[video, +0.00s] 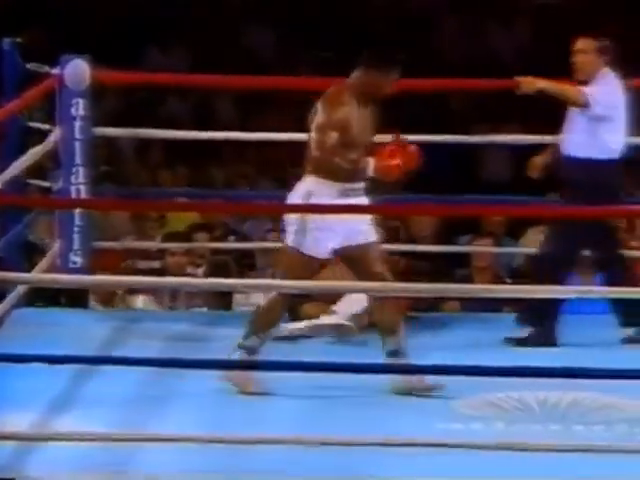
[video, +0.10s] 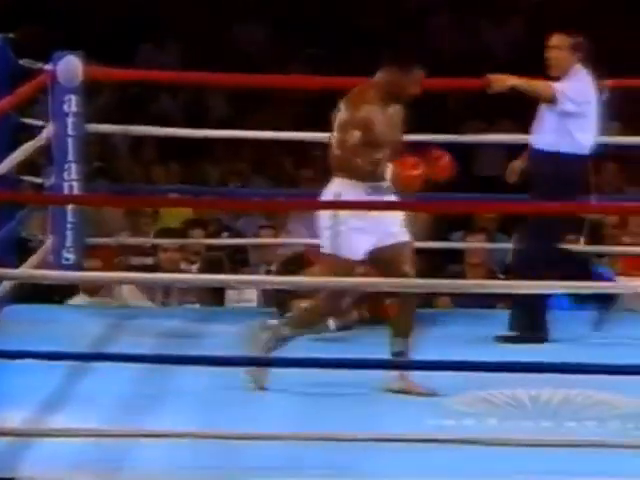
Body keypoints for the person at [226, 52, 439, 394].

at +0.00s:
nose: (387, 90)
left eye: (391, 83)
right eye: (385, 81)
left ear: (381, 79)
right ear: (367, 74)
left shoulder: (366, 107)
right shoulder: (333, 105)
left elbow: (353, 150)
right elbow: (320, 157)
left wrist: (386, 157)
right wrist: (372, 167)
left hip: (351, 204)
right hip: (316, 203)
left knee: (381, 286)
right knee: (289, 289)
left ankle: (400, 370)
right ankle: (242, 362)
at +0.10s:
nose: (417, 89)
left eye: (418, 82)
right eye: (414, 81)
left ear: (401, 81)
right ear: (395, 76)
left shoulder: (395, 111)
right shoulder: (357, 106)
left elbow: (388, 160)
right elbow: (340, 157)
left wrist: (421, 168)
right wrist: (388, 168)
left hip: (381, 201)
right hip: (345, 199)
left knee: (406, 279)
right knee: (338, 291)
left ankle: (400, 371)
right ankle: (269, 343)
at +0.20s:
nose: (429, 80)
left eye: (430, 73)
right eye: (426, 72)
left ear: (417, 73)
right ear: (404, 66)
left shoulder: (411, 102)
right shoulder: (365, 97)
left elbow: (407, 144)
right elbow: (349, 148)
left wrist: (437, 153)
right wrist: (389, 168)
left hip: (398, 194)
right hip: (362, 192)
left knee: (412, 280)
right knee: (376, 292)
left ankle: (396, 370)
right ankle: (311, 325)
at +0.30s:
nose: (444, 69)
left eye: (446, 62)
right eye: (439, 61)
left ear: (439, 62)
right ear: (416, 56)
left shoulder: (434, 90)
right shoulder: (380, 89)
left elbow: (432, 136)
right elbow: (360, 141)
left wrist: (457, 141)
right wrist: (387, 175)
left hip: (418, 181)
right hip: (382, 182)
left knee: (410, 279)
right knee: (407, 276)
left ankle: (392, 366)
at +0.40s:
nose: (453, 68)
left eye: (455, 61)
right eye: (447, 60)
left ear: (452, 59)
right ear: (425, 56)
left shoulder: (447, 93)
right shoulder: (391, 92)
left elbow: (451, 136)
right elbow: (369, 138)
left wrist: (471, 139)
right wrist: (388, 182)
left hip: (431, 182)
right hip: (394, 183)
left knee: (410, 272)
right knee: (431, 272)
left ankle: (385, 363)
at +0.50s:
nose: (457, 84)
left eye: (460, 77)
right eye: (452, 77)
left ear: (461, 78)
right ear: (434, 75)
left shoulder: (462, 106)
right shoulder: (403, 106)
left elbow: (478, 142)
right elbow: (377, 152)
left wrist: (494, 153)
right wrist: (389, 200)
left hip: (453, 195)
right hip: (414, 200)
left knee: (442, 282)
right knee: (458, 281)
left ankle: (395, 354)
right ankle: (491, 377)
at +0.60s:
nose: (453, 86)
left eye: (456, 78)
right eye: (446, 78)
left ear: (459, 81)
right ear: (427, 79)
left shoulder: (466, 112)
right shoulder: (405, 113)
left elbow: (486, 146)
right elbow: (380, 164)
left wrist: (504, 164)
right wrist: (391, 207)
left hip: (464, 198)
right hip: (425, 202)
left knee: (484, 285)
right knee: (464, 288)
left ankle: (421, 341)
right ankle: (488, 378)